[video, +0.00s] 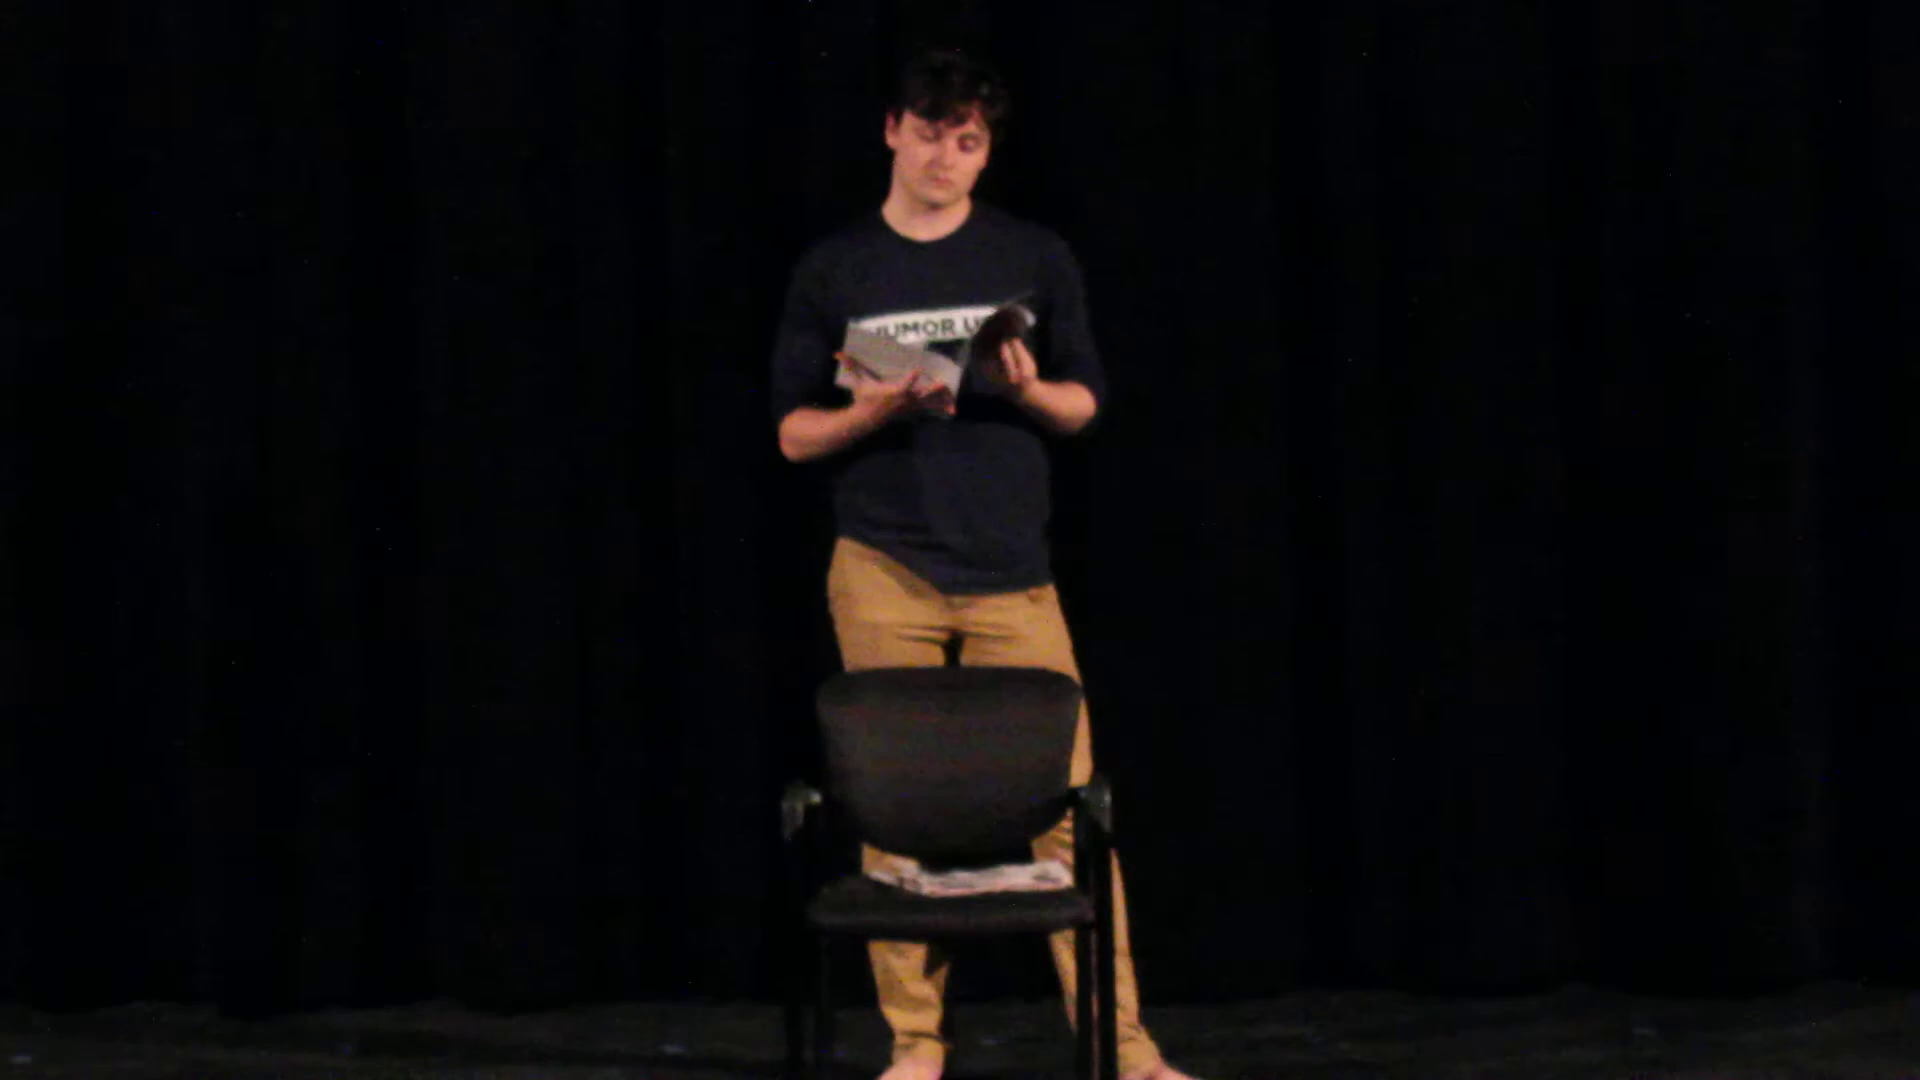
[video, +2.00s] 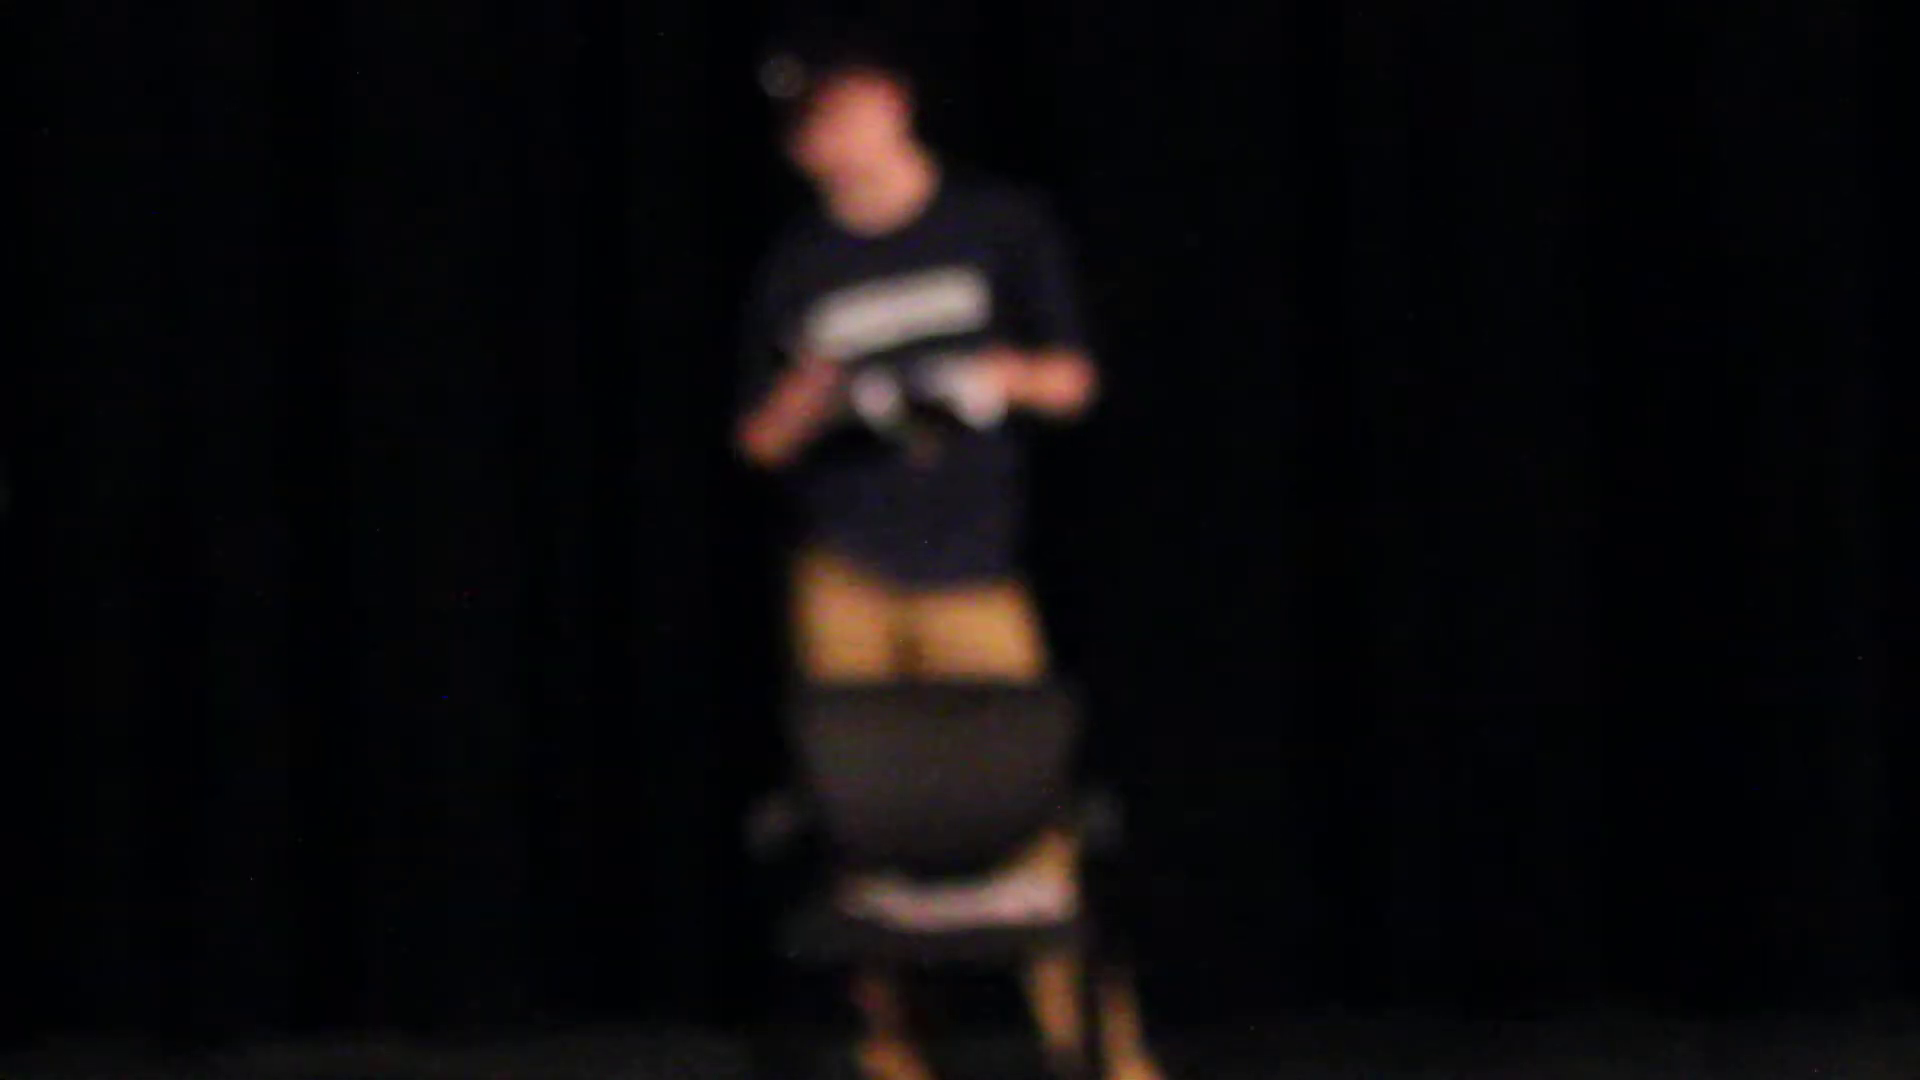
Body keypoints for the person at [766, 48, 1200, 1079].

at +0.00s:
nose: (948, 155)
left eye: (967, 138)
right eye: (932, 133)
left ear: (991, 149)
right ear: (892, 134)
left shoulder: (1036, 260)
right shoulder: (836, 269)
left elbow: (1084, 407)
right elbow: (793, 435)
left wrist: (1029, 389)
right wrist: (869, 412)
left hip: (1013, 574)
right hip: (881, 571)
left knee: (1068, 804)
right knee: (894, 807)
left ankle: (1119, 1036)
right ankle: (914, 1041)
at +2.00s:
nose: (817, 147)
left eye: (834, 117)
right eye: (806, 126)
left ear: (893, 112)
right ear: (796, 141)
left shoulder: (997, 231)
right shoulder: (802, 266)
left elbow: (1075, 382)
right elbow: (757, 442)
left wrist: (993, 377)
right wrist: (815, 387)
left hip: (976, 568)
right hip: (843, 572)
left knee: (1024, 798)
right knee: (857, 806)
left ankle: (1088, 1035)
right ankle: (882, 1036)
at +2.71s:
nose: (856, 127)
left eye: (873, 100)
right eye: (843, 110)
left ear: (930, 93)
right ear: (830, 127)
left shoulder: (1037, 224)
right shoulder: (832, 258)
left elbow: (1112, 378)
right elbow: (786, 444)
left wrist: (1052, 364)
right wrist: (827, 402)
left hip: (1006, 563)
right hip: (863, 560)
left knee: (1059, 810)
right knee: (888, 819)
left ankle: (1131, 1056)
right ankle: (918, 1064)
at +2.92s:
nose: (894, 144)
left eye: (913, 117)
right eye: (881, 126)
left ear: (969, 111)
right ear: (868, 144)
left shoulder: (1073, 240)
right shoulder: (871, 271)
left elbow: (1150, 396)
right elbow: (826, 461)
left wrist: (1078, 376)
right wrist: (876, 409)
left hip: (1045, 578)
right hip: (902, 576)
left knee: (1095, 828)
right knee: (924, 836)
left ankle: (1160, 1063)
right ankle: (952, 1069)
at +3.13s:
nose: (959, 190)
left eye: (971, 163)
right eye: (939, 175)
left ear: (1022, 150)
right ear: (923, 193)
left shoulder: (1131, 278)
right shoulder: (922, 313)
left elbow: (1204, 433)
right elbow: (882, 502)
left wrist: (1147, 424)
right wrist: (919, 466)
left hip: (1102, 620)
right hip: (961, 618)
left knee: (1153, 862)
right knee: (985, 870)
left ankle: (1206, 1067)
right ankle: (1010, 1073)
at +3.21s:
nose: (1023, 200)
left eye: (1034, 173)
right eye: (1002, 186)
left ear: (1082, 160)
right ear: (986, 204)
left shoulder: (1190, 285)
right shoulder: (983, 325)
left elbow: (1264, 442)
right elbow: (942, 512)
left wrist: (1208, 434)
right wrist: (978, 478)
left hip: (1158, 628)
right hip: (1019, 627)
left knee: (1208, 869)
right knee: (1040, 874)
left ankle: (1263, 1068)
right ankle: (1059, 1074)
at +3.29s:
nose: (1061, 207)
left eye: (1073, 180)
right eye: (1038, 193)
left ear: (1118, 166)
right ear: (1021, 208)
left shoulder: (1226, 292)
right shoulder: (1016, 331)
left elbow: (1298, 445)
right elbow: (976, 516)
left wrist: (1237, 441)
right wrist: (1013, 489)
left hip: (1191, 634)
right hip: (1053, 635)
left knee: (1242, 871)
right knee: (1075, 878)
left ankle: (1291, 1068)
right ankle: (1091, 1075)